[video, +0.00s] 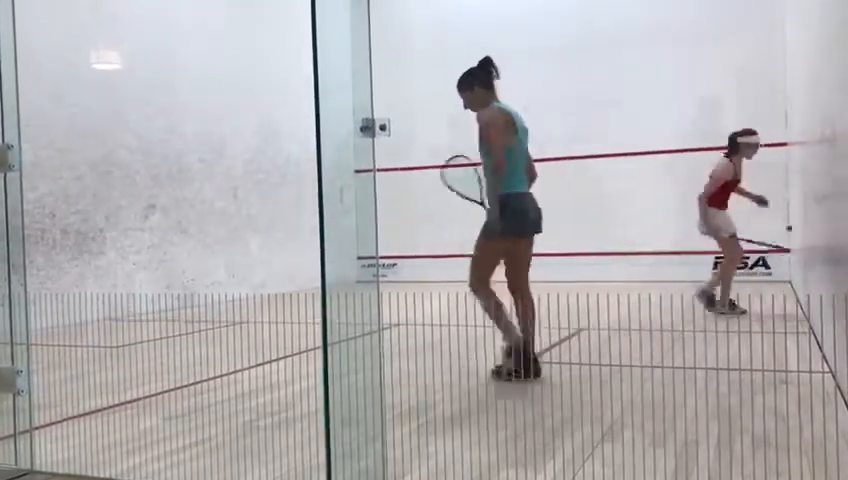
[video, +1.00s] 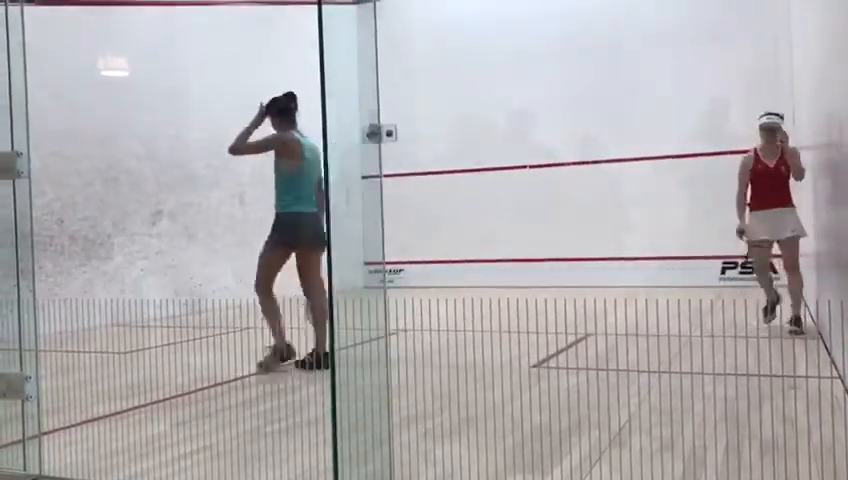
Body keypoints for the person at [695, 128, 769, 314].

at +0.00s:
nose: (757, 150)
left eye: (757, 146)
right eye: (754, 146)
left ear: (743, 147)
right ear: (742, 146)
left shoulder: (737, 162)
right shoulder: (725, 167)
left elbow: (732, 186)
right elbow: (703, 197)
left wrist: (753, 197)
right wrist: (704, 223)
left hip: (720, 212)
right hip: (713, 213)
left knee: (736, 254)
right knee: (732, 255)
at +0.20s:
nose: (757, 142)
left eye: (758, 138)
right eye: (754, 139)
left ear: (755, 140)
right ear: (742, 140)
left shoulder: (755, 158)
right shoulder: (730, 160)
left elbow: (753, 185)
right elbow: (708, 188)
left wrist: (769, 196)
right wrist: (711, 218)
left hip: (741, 213)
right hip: (725, 214)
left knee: (735, 259)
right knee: (736, 259)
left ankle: (725, 301)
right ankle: (751, 303)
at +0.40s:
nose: (755, 136)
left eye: (757, 133)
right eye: (750, 132)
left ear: (760, 135)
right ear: (740, 135)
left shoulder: (763, 155)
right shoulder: (732, 160)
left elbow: (764, 183)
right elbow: (721, 192)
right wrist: (721, 221)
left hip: (759, 211)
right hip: (738, 212)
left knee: (765, 260)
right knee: (744, 259)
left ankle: (742, 292)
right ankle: (753, 303)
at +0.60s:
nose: (759, 136)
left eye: (763, 132)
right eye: (755, 133)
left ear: (766, 135)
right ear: (746, 136)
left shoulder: (774, 158)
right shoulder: (738, 163)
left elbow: (783, 185)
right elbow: (730, 196)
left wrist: (775, 188)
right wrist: (730, 226)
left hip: (769, 212)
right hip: (746, 214)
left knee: (784, 257)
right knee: (751, 263)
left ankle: (780, 302)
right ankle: (758, 305)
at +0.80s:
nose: (768, 139)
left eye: (771, 135)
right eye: (763, 135)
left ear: (775, 137)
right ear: (755, 137)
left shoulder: (782, 159)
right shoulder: (745, 165)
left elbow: (797, 190)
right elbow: (738, 199)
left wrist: (790, 169)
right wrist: (742, 227)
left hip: (780, 217)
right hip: (755, 219)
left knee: (788, 268)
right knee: (760, 268)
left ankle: (796, 314)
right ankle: (762, 307)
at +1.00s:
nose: (770, 134)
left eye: (774, 130)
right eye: (765, 130)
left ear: (781, 131)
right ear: (759, 132)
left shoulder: (789, 153)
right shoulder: (749, 159)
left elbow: (799, 176)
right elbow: (741, 192)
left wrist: (787, 149)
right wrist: (741, 221)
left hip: (785, 215)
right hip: (758, 218)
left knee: (792, 267)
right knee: (760, 267)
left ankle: (796, 314)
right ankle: (771, 296)